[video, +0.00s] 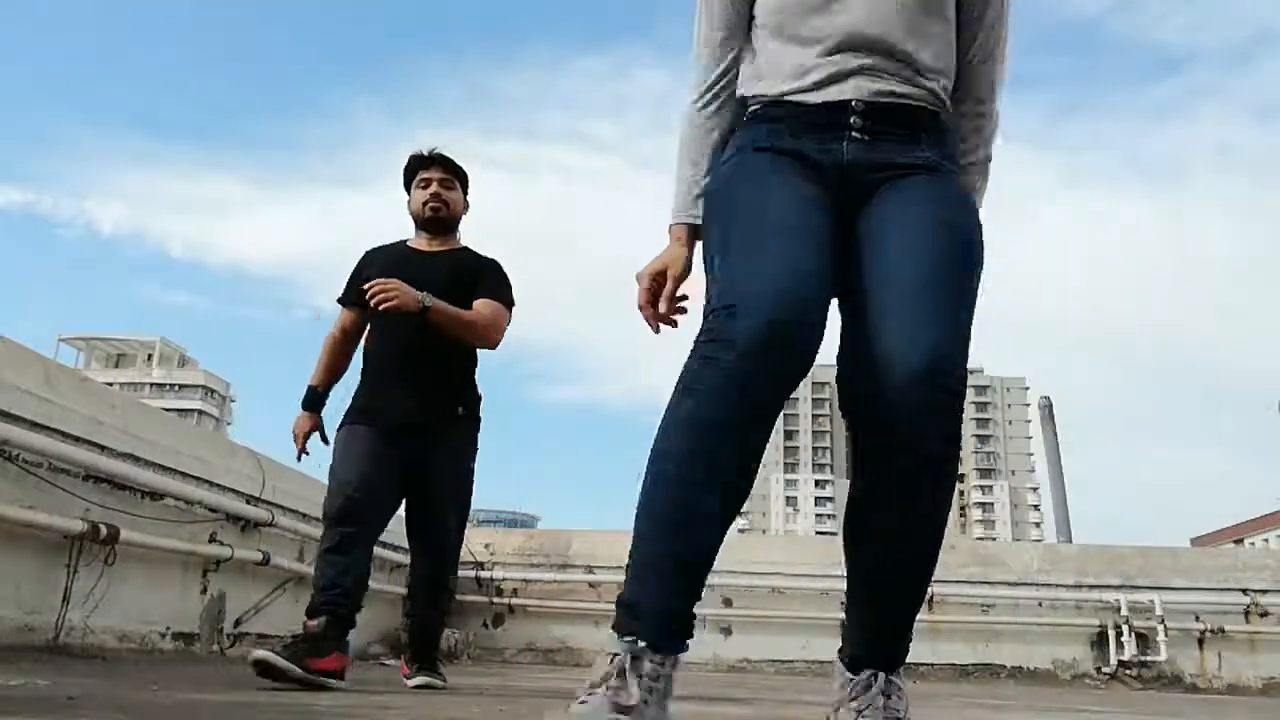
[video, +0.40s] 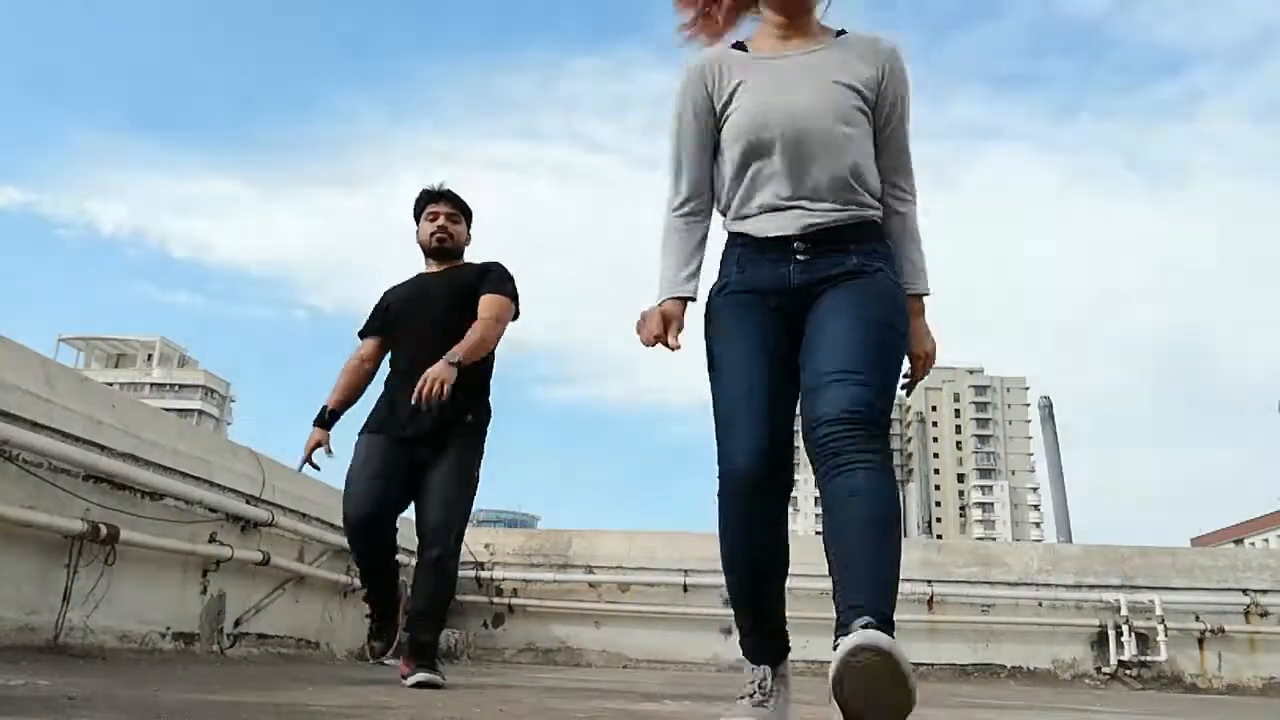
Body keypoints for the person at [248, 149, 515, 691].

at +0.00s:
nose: (434, 191)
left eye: (447, 185)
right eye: (424, 184)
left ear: (464, 202)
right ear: (409, 201)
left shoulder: (485, 271)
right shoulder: (378, 261)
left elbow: (488, 332)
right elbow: (344, 336)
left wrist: (421, 302)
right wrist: (312, 403)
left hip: (447, 425)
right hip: (374, 416)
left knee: (437, 544)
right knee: (346, 515)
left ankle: (423, 657)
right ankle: (324, 642)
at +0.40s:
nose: (441, 223)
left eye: (452, 218)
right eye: (431, 217)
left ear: (468, 233)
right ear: (417, 232)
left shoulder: (489, 275)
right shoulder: (396, 297)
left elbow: (491, 325)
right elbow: (363, 361)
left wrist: (452, 360)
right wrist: (325, 419)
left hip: (456, 428)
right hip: (391, 423)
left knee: (440, 539)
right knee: (361, 518)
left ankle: (419, 656)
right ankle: (385, 610)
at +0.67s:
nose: (430, 255)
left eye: (440, 251)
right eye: (421, 249)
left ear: (453, 266)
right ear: (405, 263)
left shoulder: (476, 309)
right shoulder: (385, 330)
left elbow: (499, 366)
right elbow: (356, 383)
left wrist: (507, 420)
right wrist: (320, 435)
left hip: (448, 439)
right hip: (390, 441)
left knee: (427, 536)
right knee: (380, 547)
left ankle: (420, 655)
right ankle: (400, 641)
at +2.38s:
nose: (460, 288)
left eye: (469, 284)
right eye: (452, 282)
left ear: (481, 298)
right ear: (437, 294)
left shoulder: (498, 351)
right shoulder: (413, 352)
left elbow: (516, 416)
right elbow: (392, 415)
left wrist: (524, 475)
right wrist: (374, 471)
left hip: (478, 469)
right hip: (426, 465)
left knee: (465, 557)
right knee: (410, 542)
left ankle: (463, 649)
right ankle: (413, 638)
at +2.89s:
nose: (475, 286)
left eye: (485, 282)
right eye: (468, 280)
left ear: (496, 295)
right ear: (455, 291)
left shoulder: (509, 341)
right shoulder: (436, 349)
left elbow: (525, 394)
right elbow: (403, 399)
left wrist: (506, 410)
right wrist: (366, 417)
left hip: (479, 463)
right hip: (430, 459)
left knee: (470, 556)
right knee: (414, 545)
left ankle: (464, 648)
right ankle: (428, 641)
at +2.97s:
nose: (476, 285)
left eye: (485, 282)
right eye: (469, 279)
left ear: (496, 295)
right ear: (455, 290)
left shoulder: (508, 338)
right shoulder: (437, 348)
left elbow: (520, 390)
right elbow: (404, 396)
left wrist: (489, 384)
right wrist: (365, 398)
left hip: (478, 456)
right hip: (432, 454)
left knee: (456, 539)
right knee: (415, 540)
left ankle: (467, 637)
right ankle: (428, 642)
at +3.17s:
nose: (475, 289)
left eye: (484, 285)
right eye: (467, 285)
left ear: (496, 298)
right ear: (455, 297)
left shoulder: (503, 338)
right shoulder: (443, 353)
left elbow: (469, 362)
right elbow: (398, 387)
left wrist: (437, 317)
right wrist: (377, 343)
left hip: (480, 461)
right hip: (443, 460)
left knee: (440, 541)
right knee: (415, 544)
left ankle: (472, 638)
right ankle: (446, 638)